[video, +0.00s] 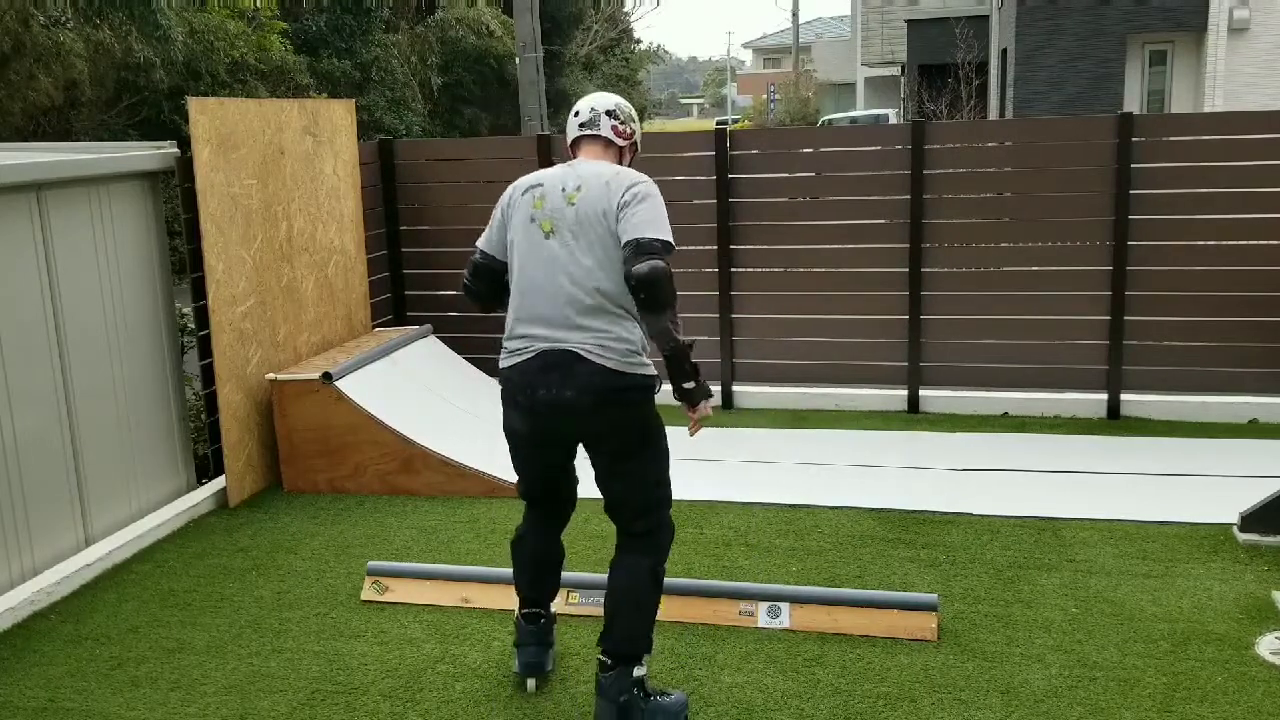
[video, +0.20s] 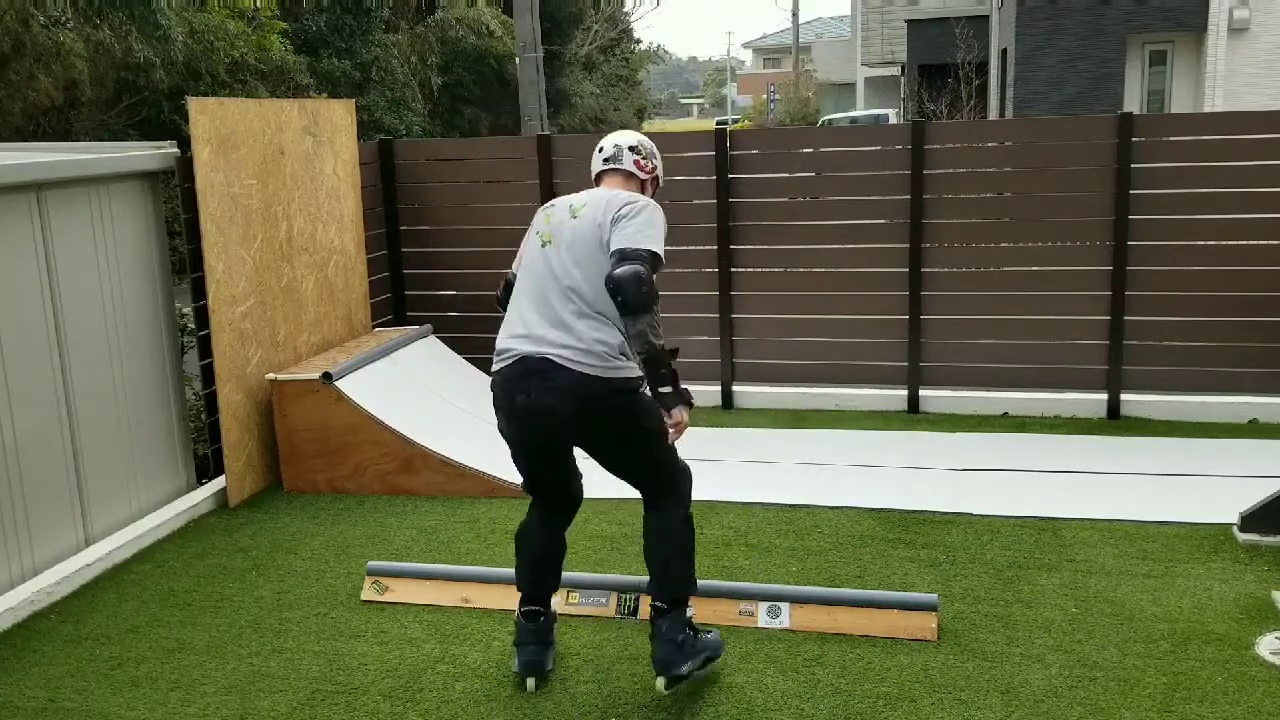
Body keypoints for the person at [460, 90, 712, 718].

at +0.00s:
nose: (632, 151)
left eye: (629, 143)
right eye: (632, 143)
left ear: (569, 140)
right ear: (624, 140)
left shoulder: (521, 189)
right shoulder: (632, 185)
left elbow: (481, 284)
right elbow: (648, 276)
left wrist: (549, 290)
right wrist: (685, 374)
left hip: (526, 377)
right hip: (610, 378)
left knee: (543, 507)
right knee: (644, 526)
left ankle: (532, 646)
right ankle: (620, 683)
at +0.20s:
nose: (655, 185)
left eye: (655, 178)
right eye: (655, 177)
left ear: (595, 173)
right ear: (646, 171)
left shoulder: (547, 212)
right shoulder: (638, 206)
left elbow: (510, 295)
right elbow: (630, 283)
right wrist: (666, 385)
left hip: (515, 379)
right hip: (595, 381)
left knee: (553, 496)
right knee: (667, 483)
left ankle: (532, 641)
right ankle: (673, 637)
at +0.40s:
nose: (663, 214)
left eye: (660, 209)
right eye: (662, 208)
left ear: (609, 208)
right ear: (657, 207)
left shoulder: (567, 243)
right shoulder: (658, 241)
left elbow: (519, 312)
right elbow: (698, 321)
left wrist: (546, 369)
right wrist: (736, 407)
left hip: (527, 394)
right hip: (608, 397)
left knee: (568, 496)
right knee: (679, 490)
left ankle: (536, 637)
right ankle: (693, 634)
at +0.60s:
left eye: (563, 177)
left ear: (568, 175)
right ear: (621, 165)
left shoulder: (554, 210)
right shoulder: (663, 206)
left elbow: (495, 261)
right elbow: (724, 261)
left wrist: (433, 318)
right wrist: (725, 262)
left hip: (579, 381)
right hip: (663, 377)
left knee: (573, 503)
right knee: (691, 493)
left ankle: (541, 636)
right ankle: (692, 630)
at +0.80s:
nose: (529, 143)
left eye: (524, 130)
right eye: (522, 133)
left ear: (543, 114)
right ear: (567, 101)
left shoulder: (587, 134)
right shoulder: (626, 121)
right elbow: (682, 124)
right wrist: (672, 121)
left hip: (664, 305)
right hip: (637, 300)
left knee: (595, 441)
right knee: (575, 405)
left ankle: (689, 552)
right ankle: (673, 513)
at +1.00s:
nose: (539, 211)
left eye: (542, 201)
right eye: (534, 203)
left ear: (572, 184)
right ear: (570, 183)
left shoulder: (643, 192)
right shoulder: (575, 195)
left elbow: (688, 275)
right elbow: (571, 223)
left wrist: (602, 322)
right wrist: (547, 252)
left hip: (696, 321)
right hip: (626, 325)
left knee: (719, 441)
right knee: (589, 433)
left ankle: (753, 546)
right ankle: (576, 539)